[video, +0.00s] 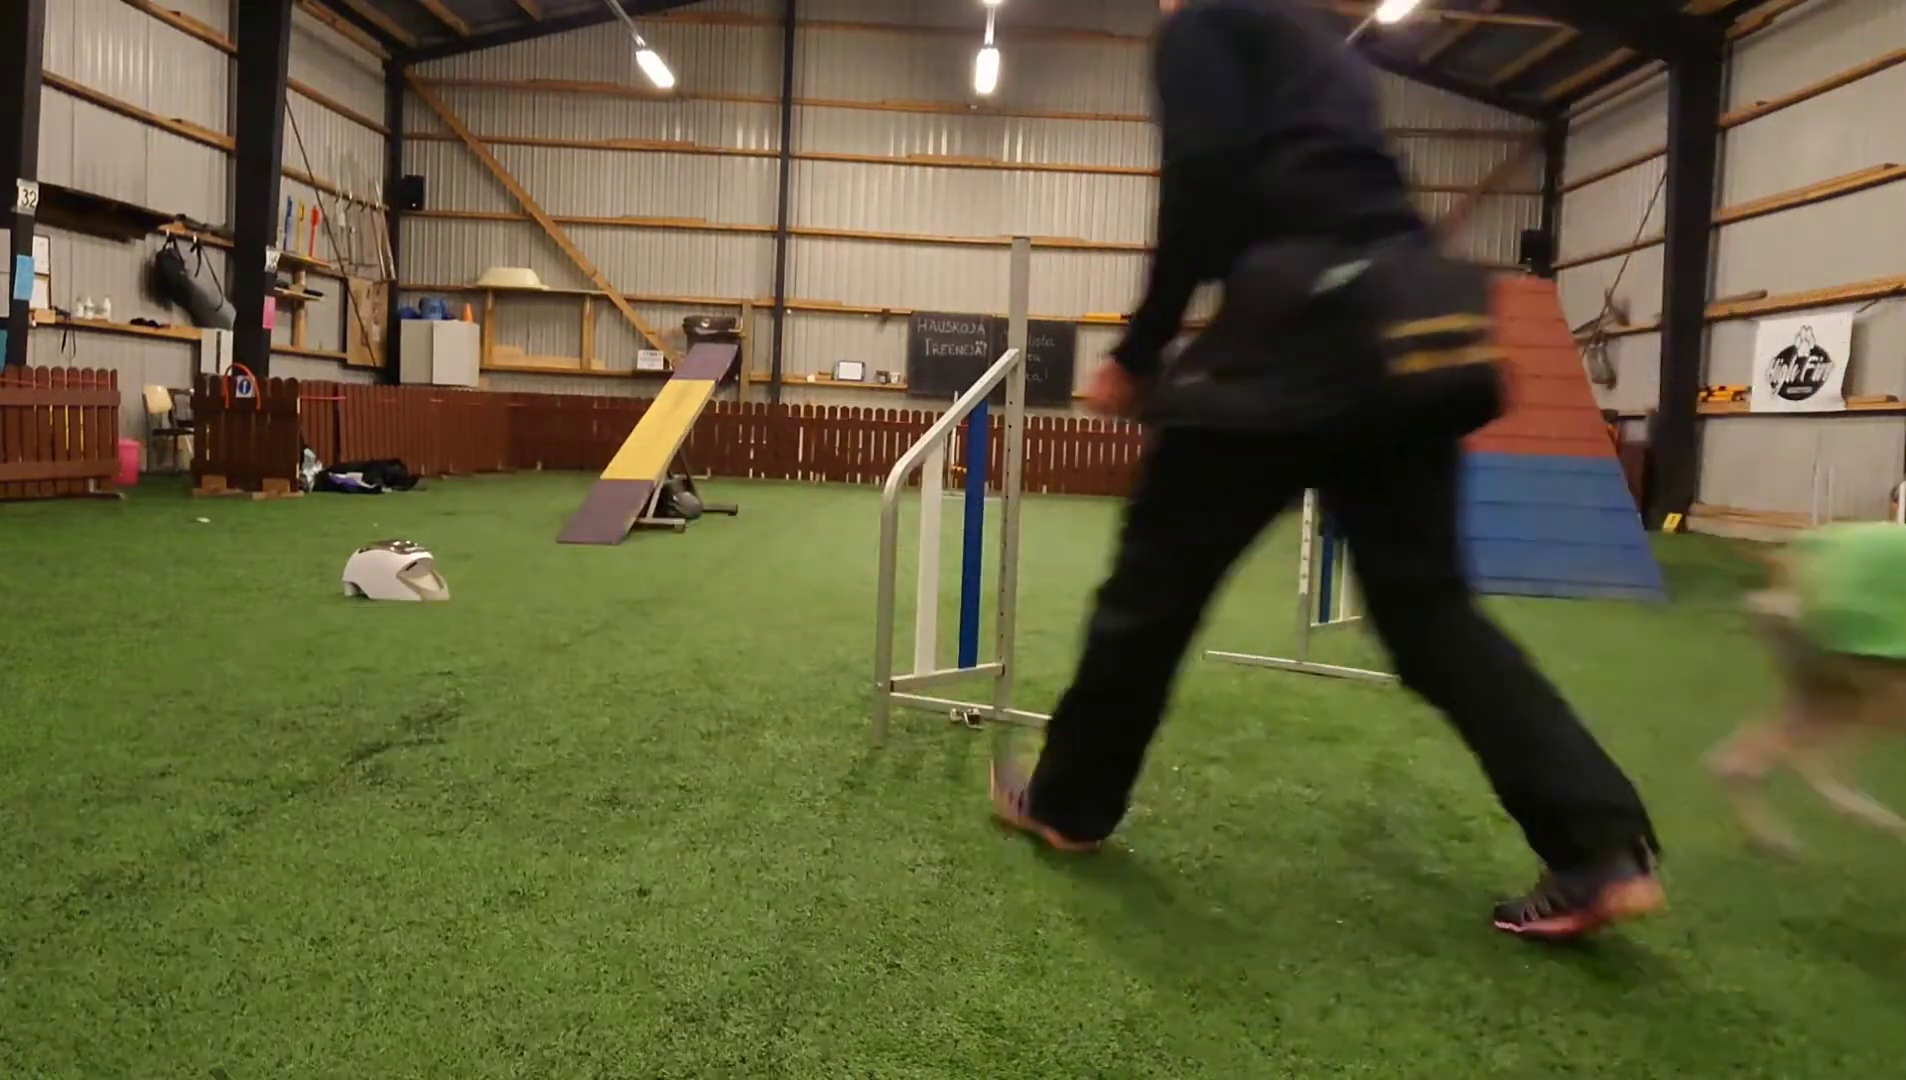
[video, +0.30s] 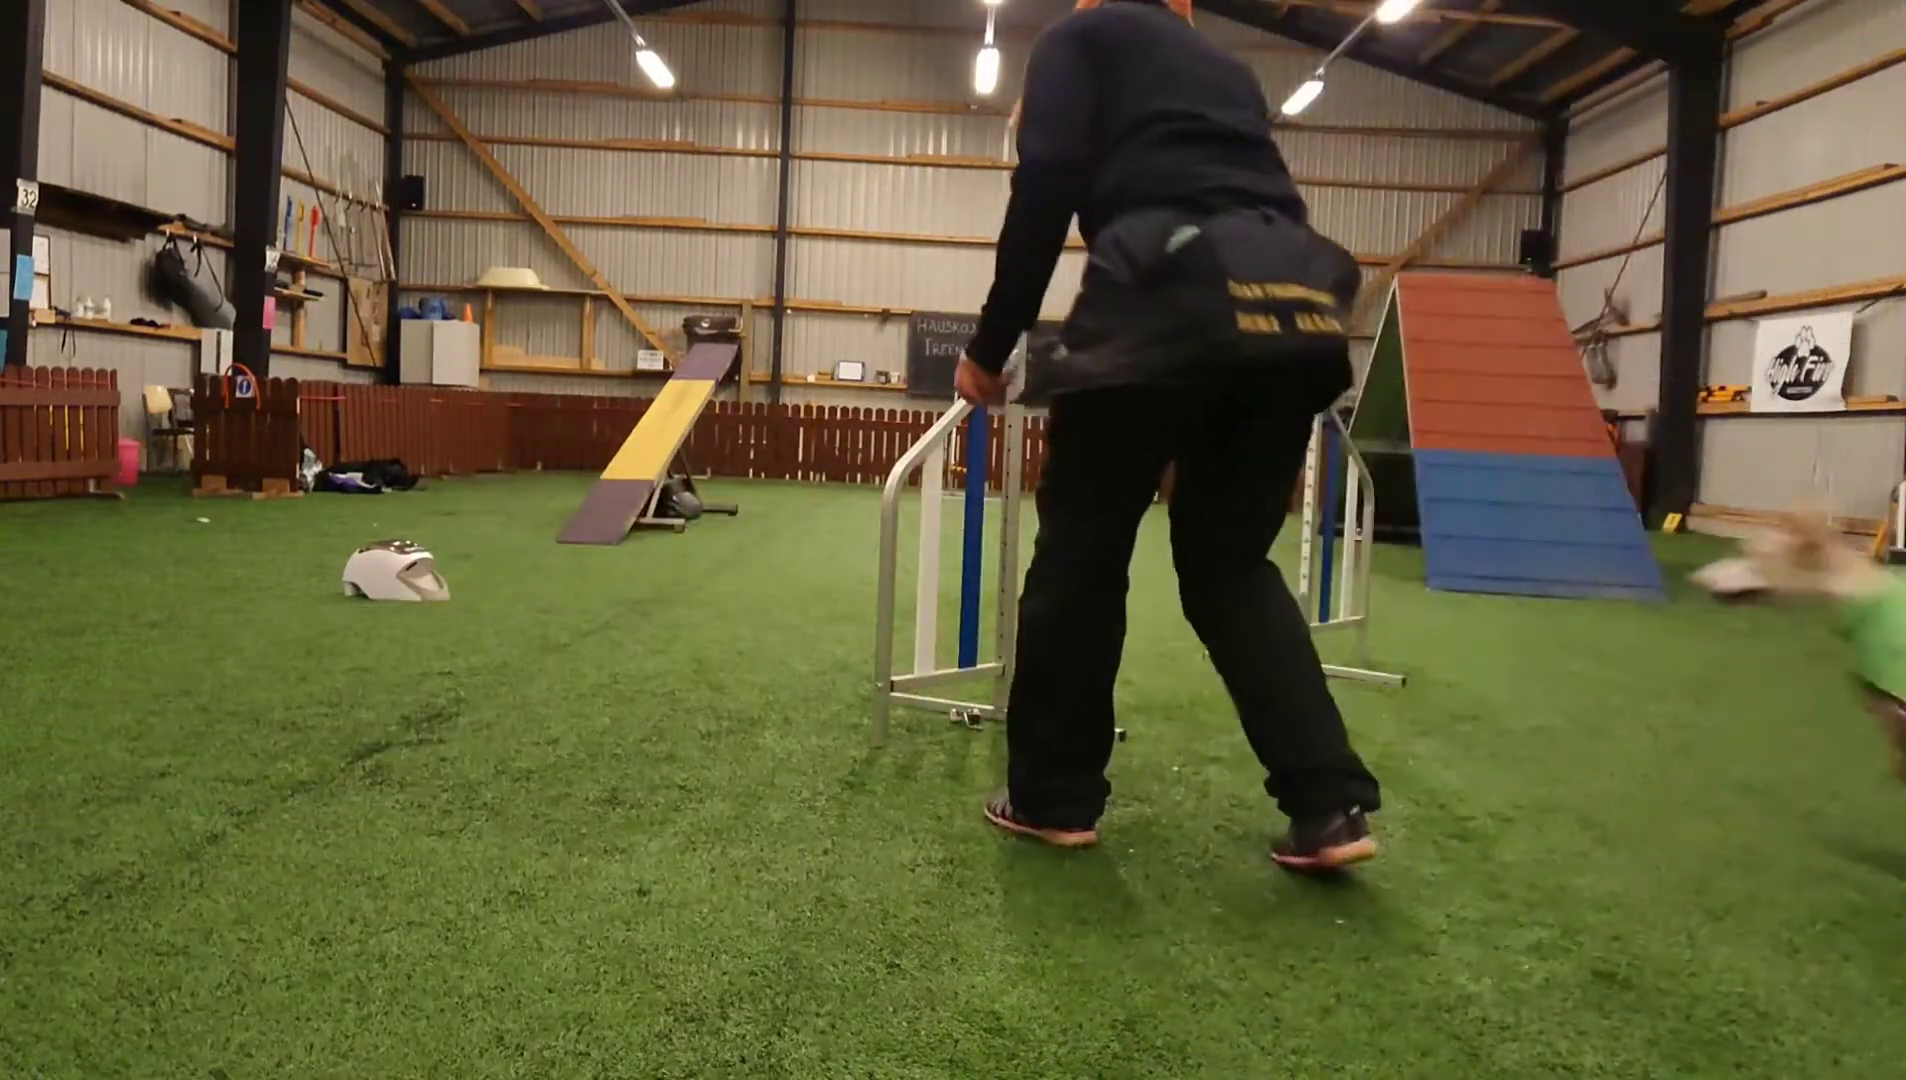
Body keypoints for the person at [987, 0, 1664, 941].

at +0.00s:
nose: (1153, 8)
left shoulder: (1198, 29)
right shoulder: (1326, 45)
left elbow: (1201, 185)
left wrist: (1136, 353)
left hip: (1280, 351)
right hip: (1413, 350)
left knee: (1153, 587)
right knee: (1429, 616)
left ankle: (1070, 804)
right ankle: (1605, 851)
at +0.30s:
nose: (1054, 27)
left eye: (1058, 20)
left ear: (1085, 5)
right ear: (1178, 10)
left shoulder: (1078, 40)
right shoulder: (1226, 69)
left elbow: (1044, 184)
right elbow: (1262, 232)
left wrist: (990, 349)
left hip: (1156, 323)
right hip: (1293, 333)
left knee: (1081, 551)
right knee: (1226, 565)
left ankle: (1056, 796)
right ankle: (1331, 804)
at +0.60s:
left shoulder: (1037, 19)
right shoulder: (1183, 49)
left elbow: (1018, 161)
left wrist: (967, 323)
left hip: (1117, 302)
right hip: (1249, 308)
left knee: (1060, 549)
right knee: (1219, 555)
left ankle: (1057, 795)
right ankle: (1328, 785)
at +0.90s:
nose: (994, 24)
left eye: (1000, 21)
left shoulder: (1049, 7)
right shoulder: (1188, 19)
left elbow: (1036, 145)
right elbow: (1184, 163)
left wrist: (960, 295)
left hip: (1115, 308)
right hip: (1235, 313)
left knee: (1051, 546)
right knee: (1183, 542)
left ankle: (1055, 793)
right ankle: (1327, 741)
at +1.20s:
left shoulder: (1181, 12)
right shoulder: (1289, 19)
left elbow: (1184, 164)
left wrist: (1092, 302)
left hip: (1193, 317)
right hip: (1293, 321)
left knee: (1103, 548)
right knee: (1254, 563)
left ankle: (1060, 792)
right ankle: (1352, 797)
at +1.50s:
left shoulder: (1348, 16)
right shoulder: (1384, 20)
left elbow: (1370, 140)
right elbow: (1395, 145)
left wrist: (1322, 295)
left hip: (1342, 316)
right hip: (1394, 320)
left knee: (1227, 535)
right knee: (1353, 571)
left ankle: (1192, 813)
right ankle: (1367, 827)